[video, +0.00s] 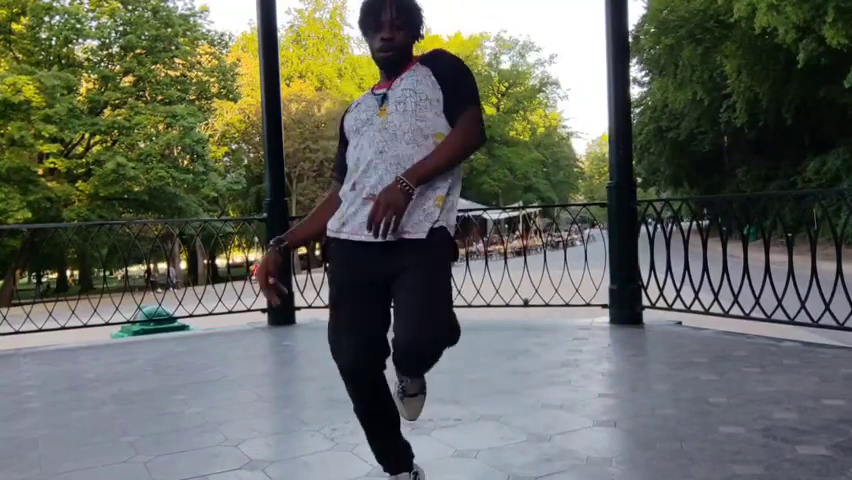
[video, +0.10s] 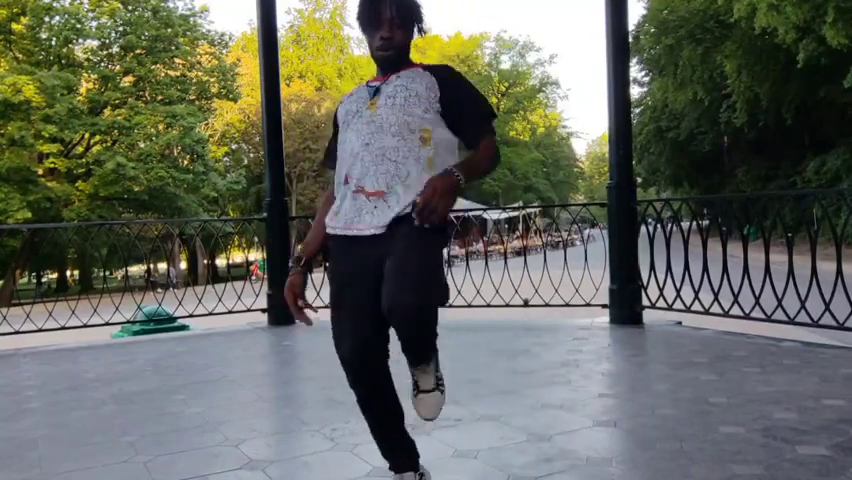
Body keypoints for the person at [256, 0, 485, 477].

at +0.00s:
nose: (388, 34)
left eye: (399, 24)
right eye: (377, 26)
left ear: (416, 29)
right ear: (364, 35)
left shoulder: (440, 66)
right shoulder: (353, 113)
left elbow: (471, 132)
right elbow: (340, 192)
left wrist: (405, 183)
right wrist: (282, 245)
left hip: (422, 237)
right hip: (354, 243)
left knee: (424, 338)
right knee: (354, 358)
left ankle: (407, 370)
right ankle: (399, 468)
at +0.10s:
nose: (387, 34)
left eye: (397, 24)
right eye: (376, 25)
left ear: (413, 28)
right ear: (363, 32)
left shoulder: (439, 80)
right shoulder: (349, 105)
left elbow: (488, 150)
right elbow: (339, 192)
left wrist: (454, 176)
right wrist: (302, 261)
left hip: (414, 221)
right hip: (351, 232)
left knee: (406, 301)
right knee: (357, 357)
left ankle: (422, 362)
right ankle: (406, 468)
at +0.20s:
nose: (379, 28)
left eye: (390, 18)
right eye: (369, 19)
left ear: (406, 24)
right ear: (358, 28)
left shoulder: (431, 79)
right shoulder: (342, 99)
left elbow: (468, 148)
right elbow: (343, 185)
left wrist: (496, 172)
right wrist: (316, 247)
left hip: (415, 199)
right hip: (356, 221)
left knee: (403, 271)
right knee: (368, 354)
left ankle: (428, 365)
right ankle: (415, 469)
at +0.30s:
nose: (367, 27)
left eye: (379, 16)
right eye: (357, 17)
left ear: (394, 22)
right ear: (343, 25)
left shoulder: (421, 76)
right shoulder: (334, 93)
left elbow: (474, 146)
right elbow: (343, 181)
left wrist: (533, 149)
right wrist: (310, 233)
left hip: (413, 199)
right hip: (353, 225)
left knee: (411, 260)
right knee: (374, 361)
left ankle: (431, 354)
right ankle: (422, 469)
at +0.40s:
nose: (356, 30)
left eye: (368, 19)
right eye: (345, 20)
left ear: (384, 23)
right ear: (331, 25)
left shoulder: (420, 70)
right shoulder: (327, 97)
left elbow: (501, 101)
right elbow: (331, 178)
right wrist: (288, 229)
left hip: (416, 210)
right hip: (353, 229)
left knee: (414, 285)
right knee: (357, 357)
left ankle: (410, 347)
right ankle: (412, 467)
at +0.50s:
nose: (350, 39)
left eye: (362, 29)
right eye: (340, 29)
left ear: (379, 30)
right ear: (326, 33)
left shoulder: (420, 60)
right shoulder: (327, 105)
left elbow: (498, 46)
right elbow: (317, 179)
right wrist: (261, 221)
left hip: (424, 233)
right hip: (354, 242)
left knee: (422, 330)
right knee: (347, 351)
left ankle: (346, 354)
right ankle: (393, 468)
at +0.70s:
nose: (332, 50)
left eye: (342, 39)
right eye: (321, 41)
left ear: (362, 39)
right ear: (312, 45)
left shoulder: (401, 56)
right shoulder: (316, 113)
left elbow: (470, 23)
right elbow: (294, 178)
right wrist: (228, 179)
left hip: (437, 242)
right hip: (368, 251)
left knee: (451, 353)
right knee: (372, 368)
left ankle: (376, 417)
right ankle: (374, 472)